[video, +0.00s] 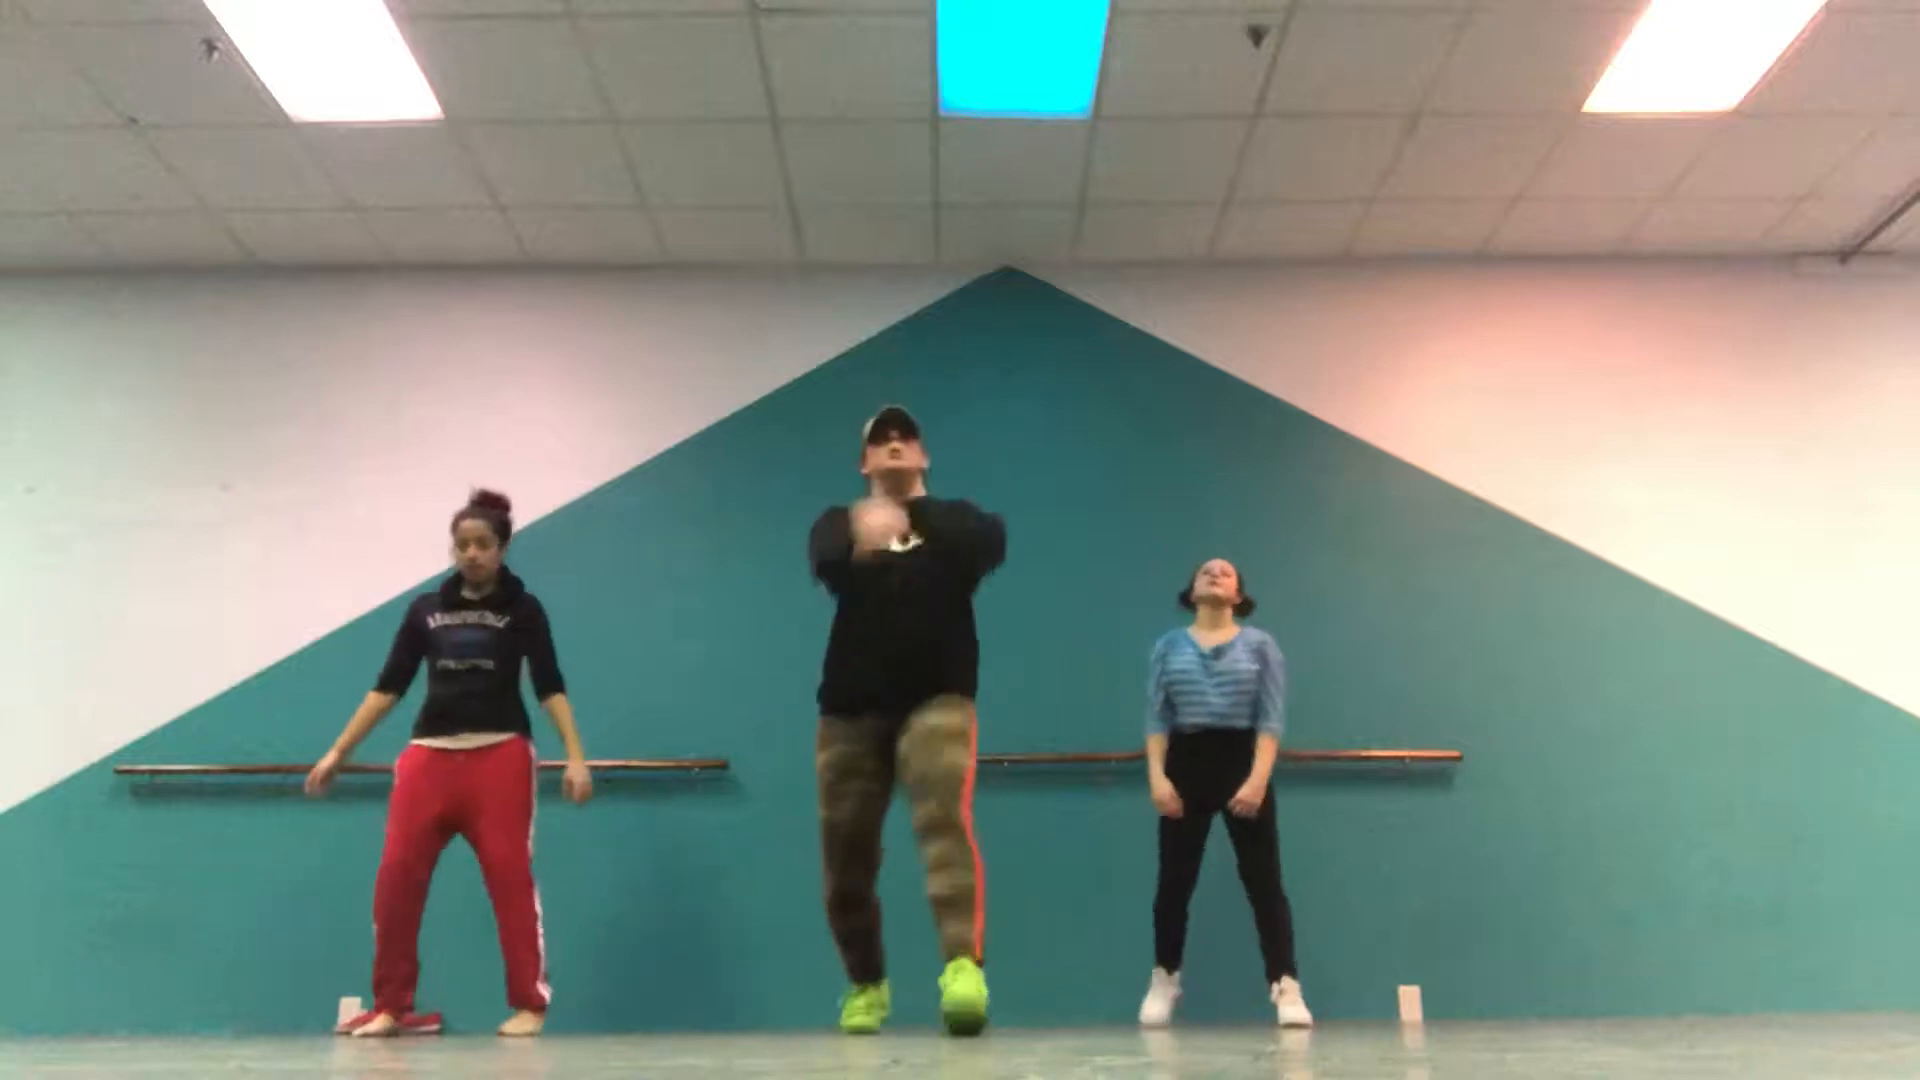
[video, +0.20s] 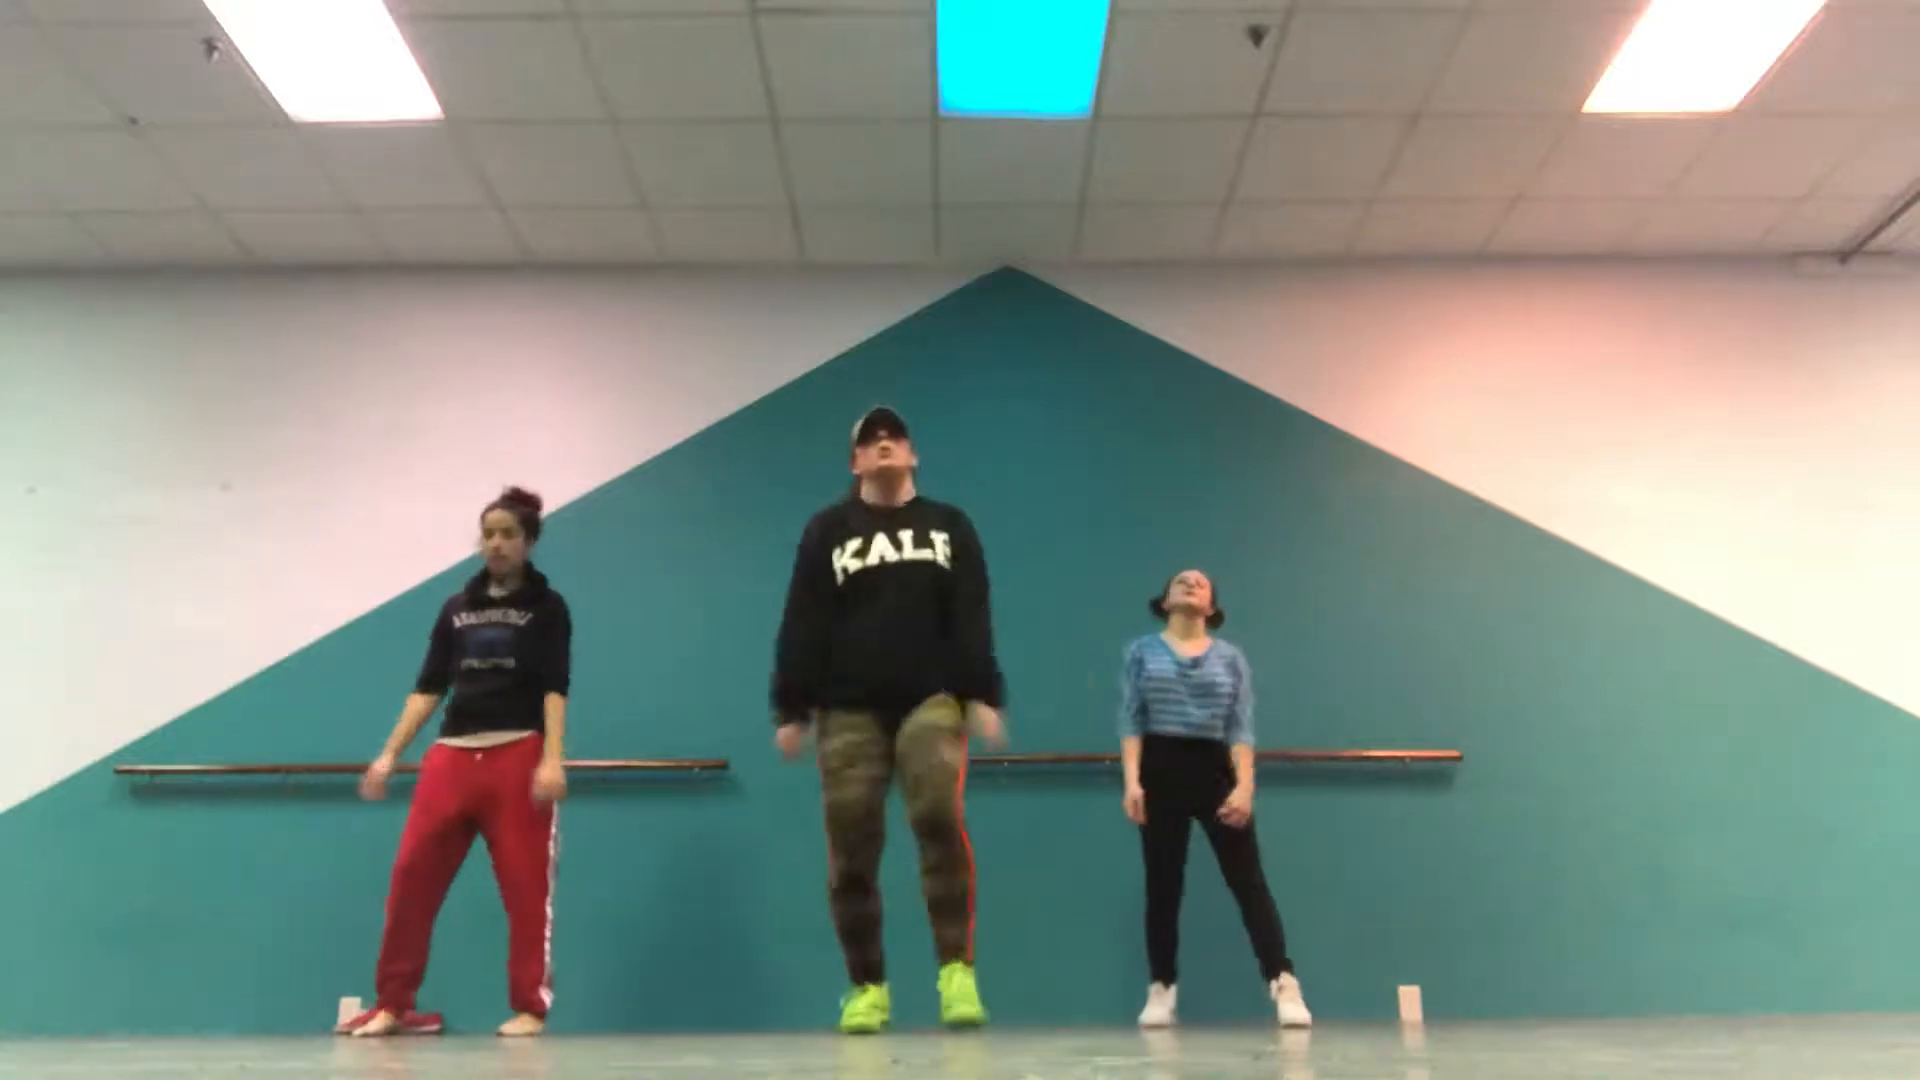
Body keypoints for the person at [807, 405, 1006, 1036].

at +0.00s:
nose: (895, 447)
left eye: (905, 440)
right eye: (883, 442)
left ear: (924, 458)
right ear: (865, 464)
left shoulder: (953, 514)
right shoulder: (843, 520)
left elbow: (988, 543)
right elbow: (824, 552)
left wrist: (913, 515)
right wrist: (861, 532)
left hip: (937, 691)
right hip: (853, 696)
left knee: (942, 821)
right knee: (845, 842)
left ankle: (962, 964)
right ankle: (865, 983)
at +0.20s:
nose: (882, 447)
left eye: (892, 439)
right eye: (871, 442)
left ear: (911, 455)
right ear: (855, 460)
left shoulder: (949, 525)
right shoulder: (827, 529)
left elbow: (973, 614)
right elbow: (802, 619)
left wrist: (983, 694)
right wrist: (792, 705)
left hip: (931, 698)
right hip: (847, 702)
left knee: (940, 825)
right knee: (851, 844)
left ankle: (956, 967)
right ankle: (867, 984)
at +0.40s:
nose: (892, 445)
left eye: (903, 438)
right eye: (881, 440)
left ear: (921, 457)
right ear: (865, 459)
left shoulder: (954, 522)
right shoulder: (834, 521)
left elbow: (1001, 600)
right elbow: (783, 597)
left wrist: (1047, 667)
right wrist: (735, 666)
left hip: (936, 699)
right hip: (853, 700)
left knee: (941, 840)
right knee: (859, 843)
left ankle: (934, 955)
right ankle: (866, 981)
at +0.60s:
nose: (911, 475)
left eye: (921, 468)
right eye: (900, 470)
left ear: (940, 487)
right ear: (885, 489)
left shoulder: (971, 557)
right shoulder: (851, 548)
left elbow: (1022, 624)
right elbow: (786, 607)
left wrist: (1073, 684)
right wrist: (727, 662)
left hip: (940, 724)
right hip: (864, 720)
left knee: (933, 857)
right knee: (867, 849)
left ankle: (930, 985)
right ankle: (867, 983)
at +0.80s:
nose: (929, 499)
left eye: (939, 490)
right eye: (918, 493)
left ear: (957, 508)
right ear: (903, 512)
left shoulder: (984, 577)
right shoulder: (872, 570)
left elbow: (981, 653)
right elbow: (850, 651)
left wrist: (950, 702)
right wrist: (855, 720)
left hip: (941, 726)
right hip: (870, 724)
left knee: (942, 862)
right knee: (864, 853)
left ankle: (930, 988)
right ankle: (862, 977)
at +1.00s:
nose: (919, 468)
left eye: (930, 460)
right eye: (909, 461)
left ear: (948, 475)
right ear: (895, 476)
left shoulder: (972, 529)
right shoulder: (871, 528)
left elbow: (958, 565)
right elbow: (850, 574)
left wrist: (869, 538)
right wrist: (898, 561)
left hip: (948, 699)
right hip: (876, 698)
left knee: (938, 830)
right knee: (869, 833)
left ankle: (939, 963)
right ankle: (882, 952)